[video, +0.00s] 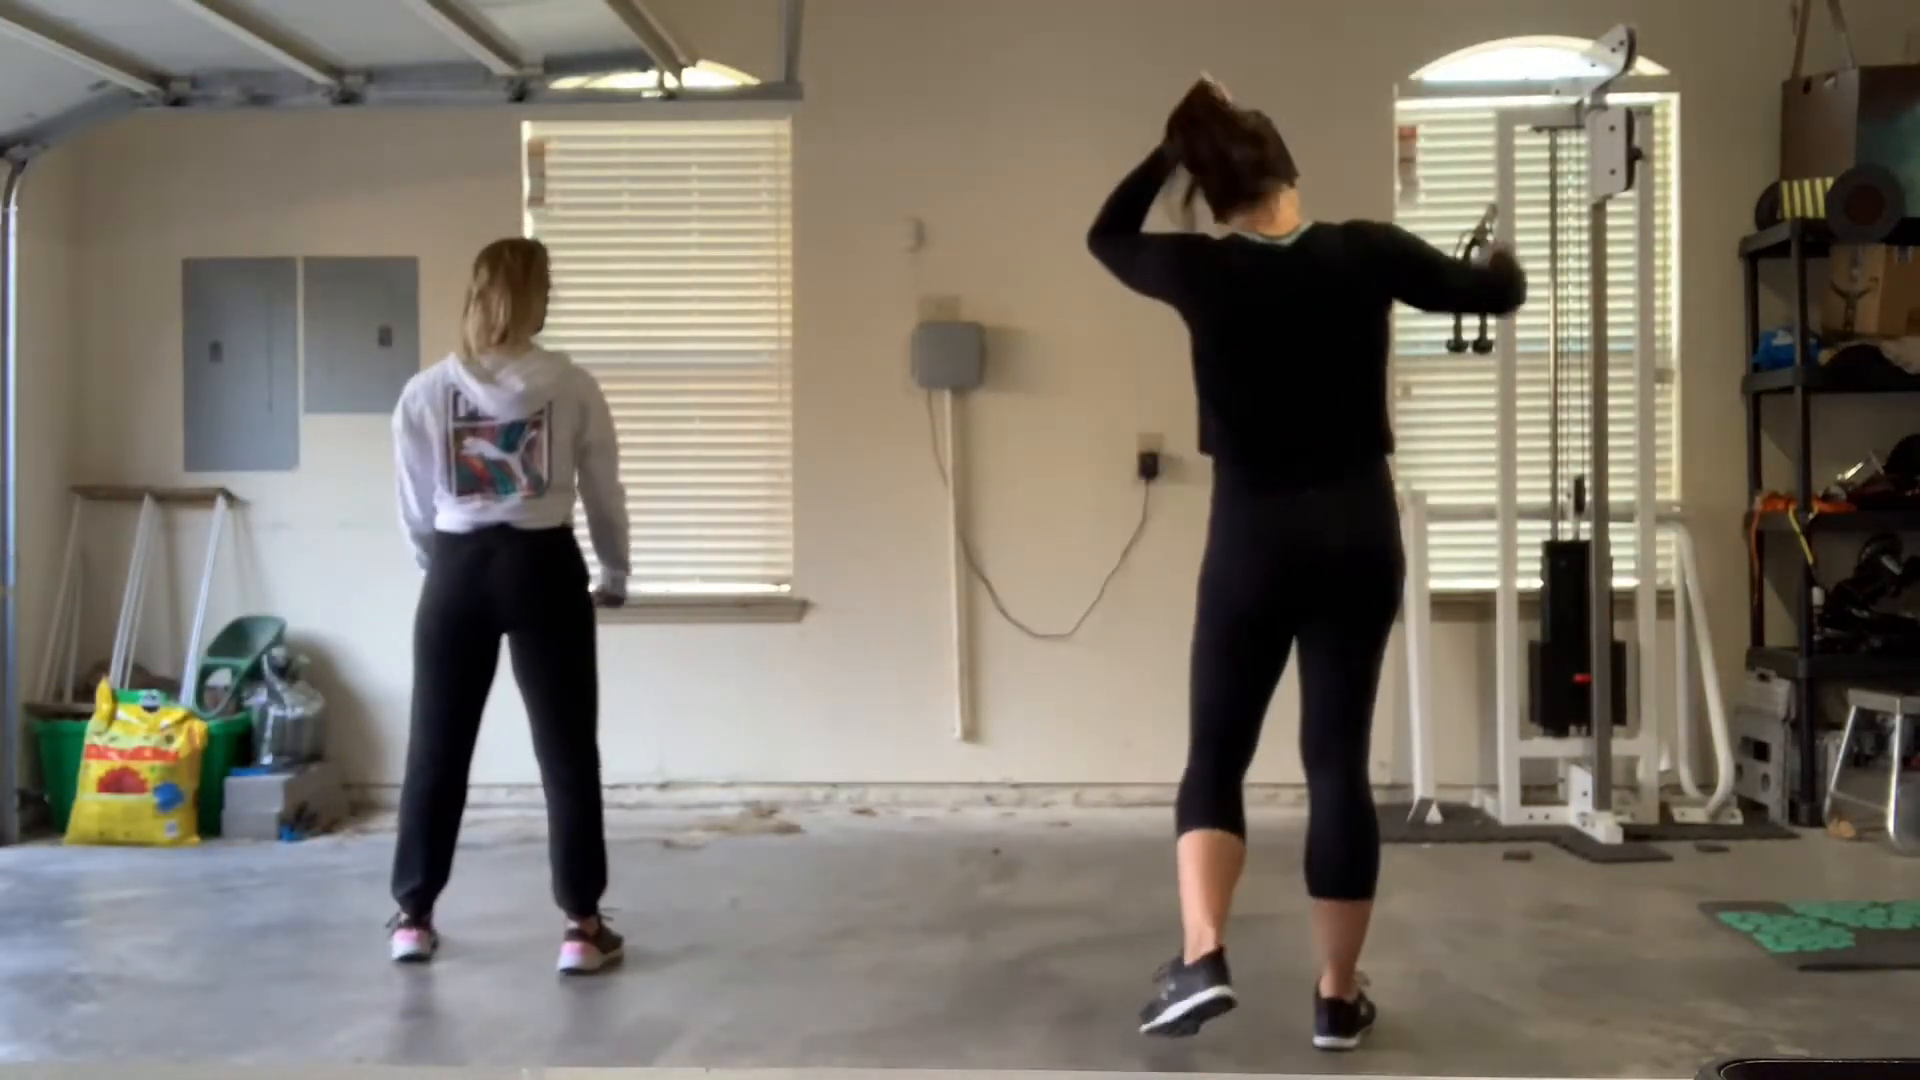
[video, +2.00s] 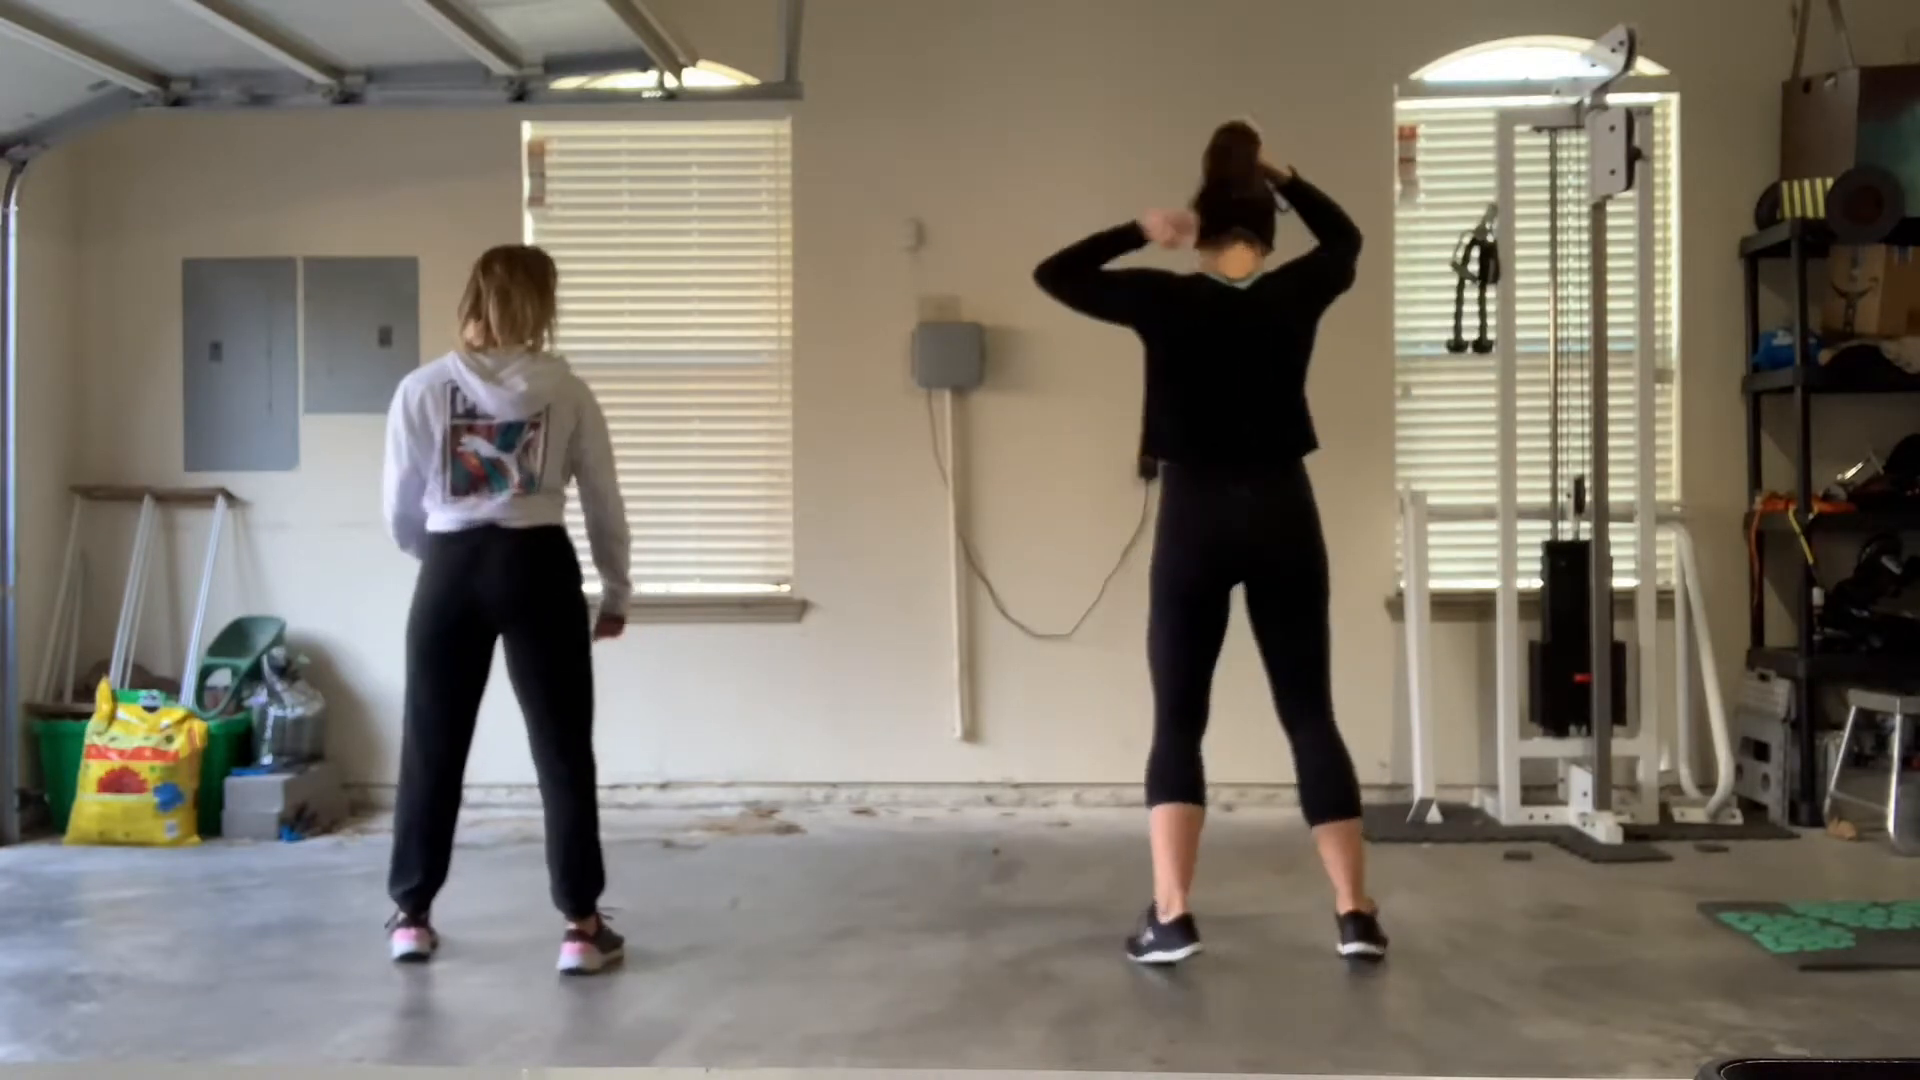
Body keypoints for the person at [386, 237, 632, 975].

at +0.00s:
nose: (539, 305)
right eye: (540, 293)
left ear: (473, 296)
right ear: (540, 299)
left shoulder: (424, 392)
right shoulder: (572, 385)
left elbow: (416, 508)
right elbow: (604, 496)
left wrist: (437, 562)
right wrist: (614, 572)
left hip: (457, 574)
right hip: (547, 572)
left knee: (436, 749)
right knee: (568, 751)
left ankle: (413, 919)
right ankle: (581, 926)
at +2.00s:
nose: (551, 312)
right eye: (548, 300)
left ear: (472, 301)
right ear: (542, 305)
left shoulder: (421, 390)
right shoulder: (567, 389)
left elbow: (403, 516)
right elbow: (603, 503)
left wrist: (446, 556)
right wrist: (616, 589)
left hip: (451, 574)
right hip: (542, 572)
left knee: (431, 750)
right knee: (564, 753)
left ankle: (411, 918)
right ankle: (581, 927)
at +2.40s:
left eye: (465, 310)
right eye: (524, 308)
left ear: (459, 315)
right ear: (526, 314)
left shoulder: (422, 393)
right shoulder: (564, 386)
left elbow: (380, 500)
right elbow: (630, 482)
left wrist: (353, 589)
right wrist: (675, 569)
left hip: (454, 579)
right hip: (547, 576)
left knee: (434, 753)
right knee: (569, 754)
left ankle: (413, 919)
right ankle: (582, 926)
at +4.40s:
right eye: (547, 375)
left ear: (481, 369)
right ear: (542, 372)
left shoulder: (428, 409)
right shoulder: (568, 403)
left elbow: (347, 481)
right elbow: (604, 481)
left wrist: (267, 544)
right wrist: (616, 571)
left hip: (490, 576)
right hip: (579, 568)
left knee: (459, 750)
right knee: (590, 758)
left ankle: (414, 918)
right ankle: (585, 927)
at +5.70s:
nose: (589, 396)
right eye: (585, 386)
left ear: (517, 376)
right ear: (576, 382)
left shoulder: (454, 414)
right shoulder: (586, 409)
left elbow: (403, 512)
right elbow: (648, 491)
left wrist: (348, 596)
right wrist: (728, 564)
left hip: (457, 571)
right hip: (546, 568)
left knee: (442, 756)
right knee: (565, 755)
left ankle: (412, 921)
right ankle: (580, 926)